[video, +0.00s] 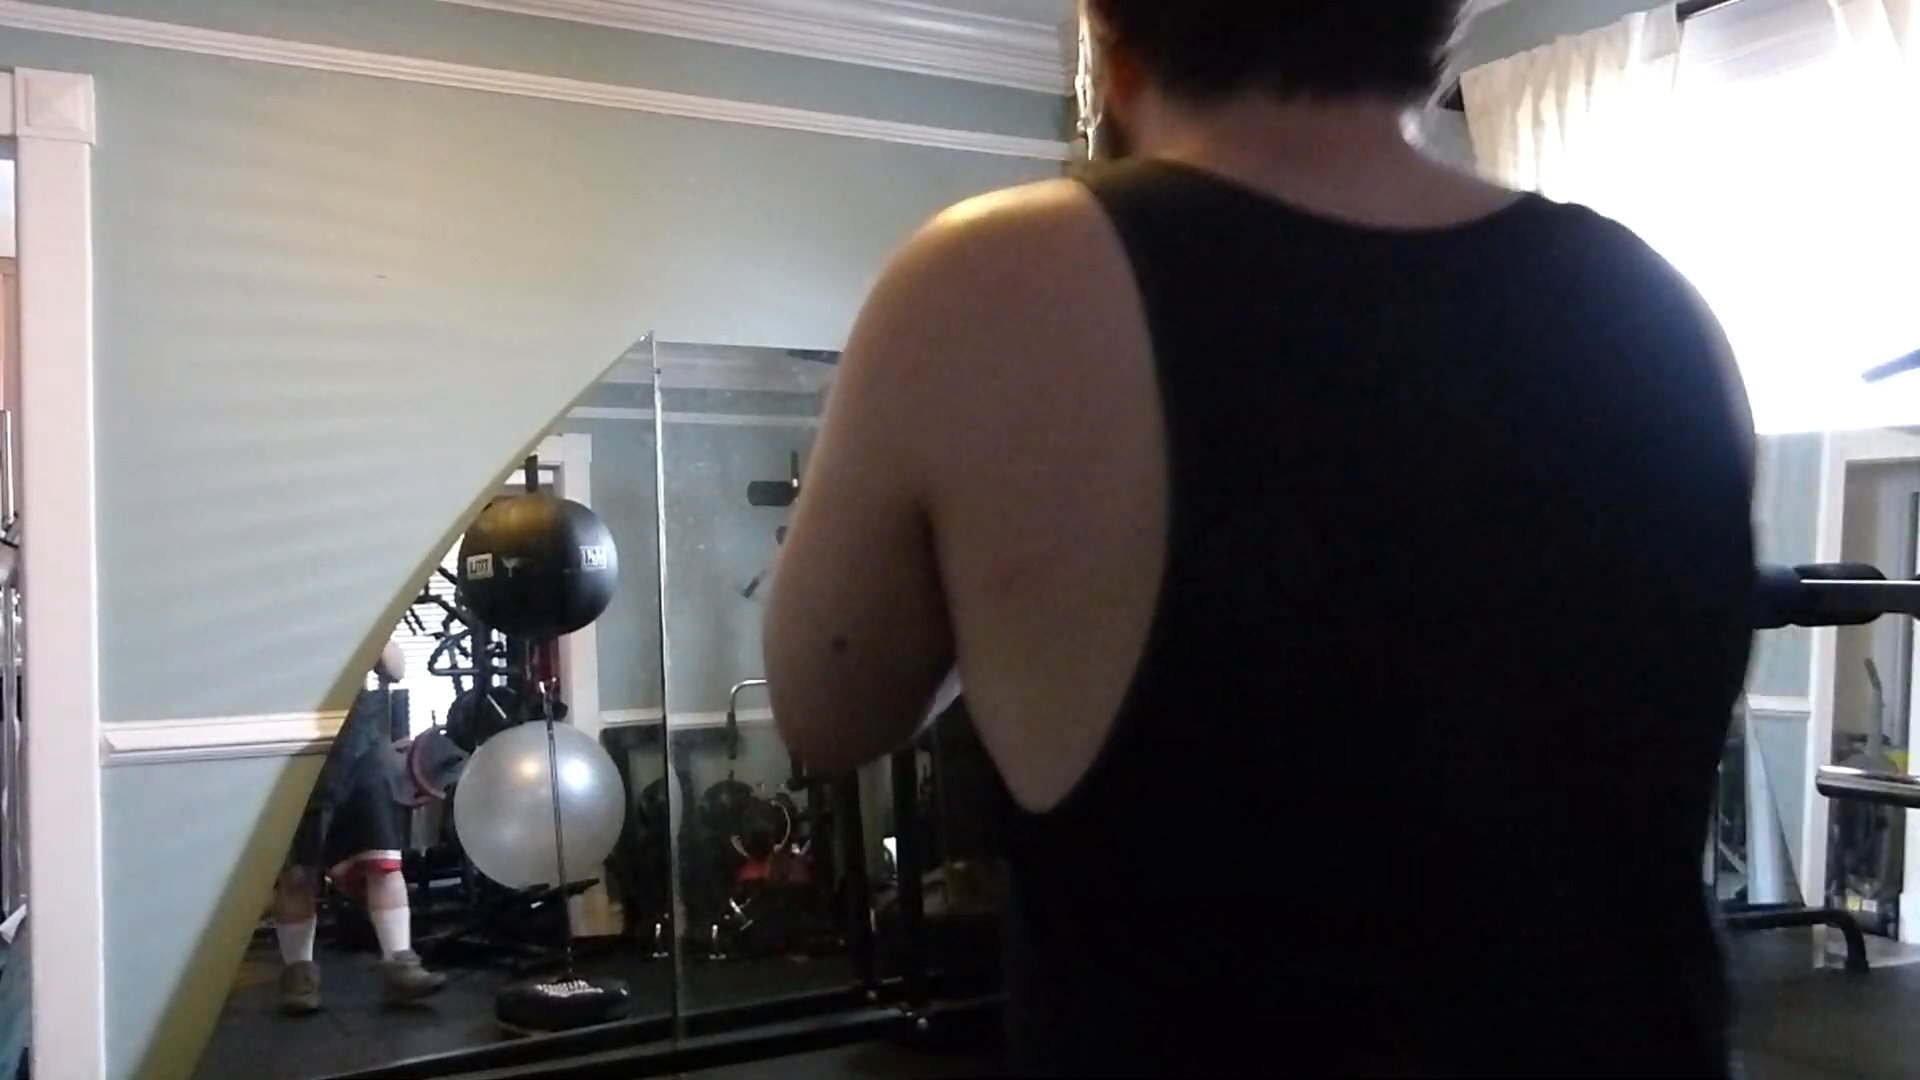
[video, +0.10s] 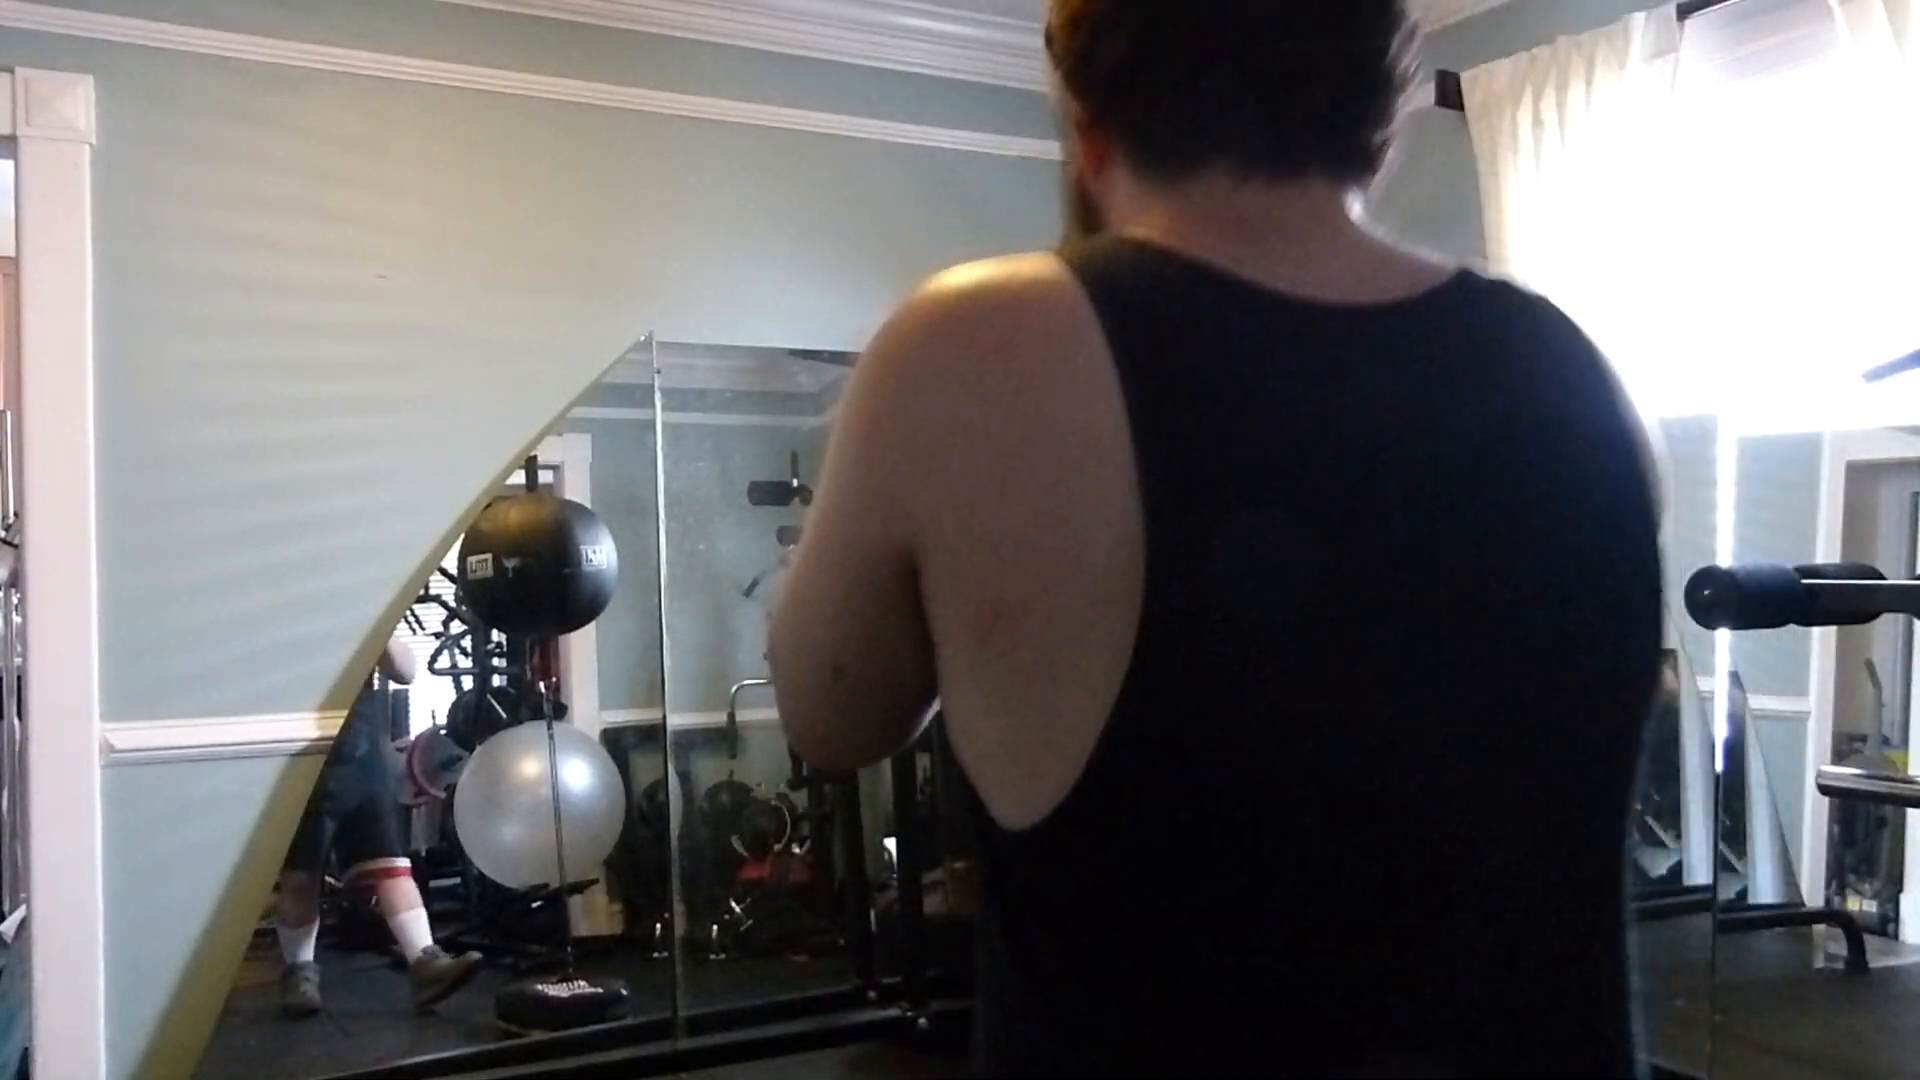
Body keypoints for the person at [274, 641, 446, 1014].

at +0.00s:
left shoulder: (357, 611)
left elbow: (395, 668)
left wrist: (362, 621)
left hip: (365, 752)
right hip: (303, 759)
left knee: (384, 861)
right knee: (298, 870)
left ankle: (401, 963)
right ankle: (300, 972)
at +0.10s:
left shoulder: (359, 616)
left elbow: (407, 671)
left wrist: (374, 624)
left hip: (365, 760)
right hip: (305, 769)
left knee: (390, 863)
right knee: (301, 872)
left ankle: (425, 960)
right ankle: (301, 974)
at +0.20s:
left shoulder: (373, 614)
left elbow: (421, 671)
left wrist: (388, 618)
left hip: (376, 764)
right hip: (312, 771)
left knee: (407, 864)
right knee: (305, 875)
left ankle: (433, 969)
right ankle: (301, 975)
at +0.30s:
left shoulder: (399, 618)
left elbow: (463, 651)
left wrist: (432, 607)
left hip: (392, 764)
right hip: (323, 769)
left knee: (420, 866)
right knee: (313, 875)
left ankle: (441, 976)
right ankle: (303, 975)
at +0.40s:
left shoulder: (423, 603)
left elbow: (480, 625)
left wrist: (496, 610)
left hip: (404, 759)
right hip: (331, 762)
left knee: (429, 869)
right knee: (320, 878)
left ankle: (444, 977)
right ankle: (305, 957)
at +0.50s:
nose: (414, 579)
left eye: (419, 568)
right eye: (402, 568)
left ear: (428, 568)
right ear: (382, 569)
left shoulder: (443, 606)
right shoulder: (353, 601)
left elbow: (484, 654)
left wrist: (482, 654)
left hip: (415, 751)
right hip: (347, 752)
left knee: (437, 870)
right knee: (334, 869)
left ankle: (446, 979)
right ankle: (305, 954)